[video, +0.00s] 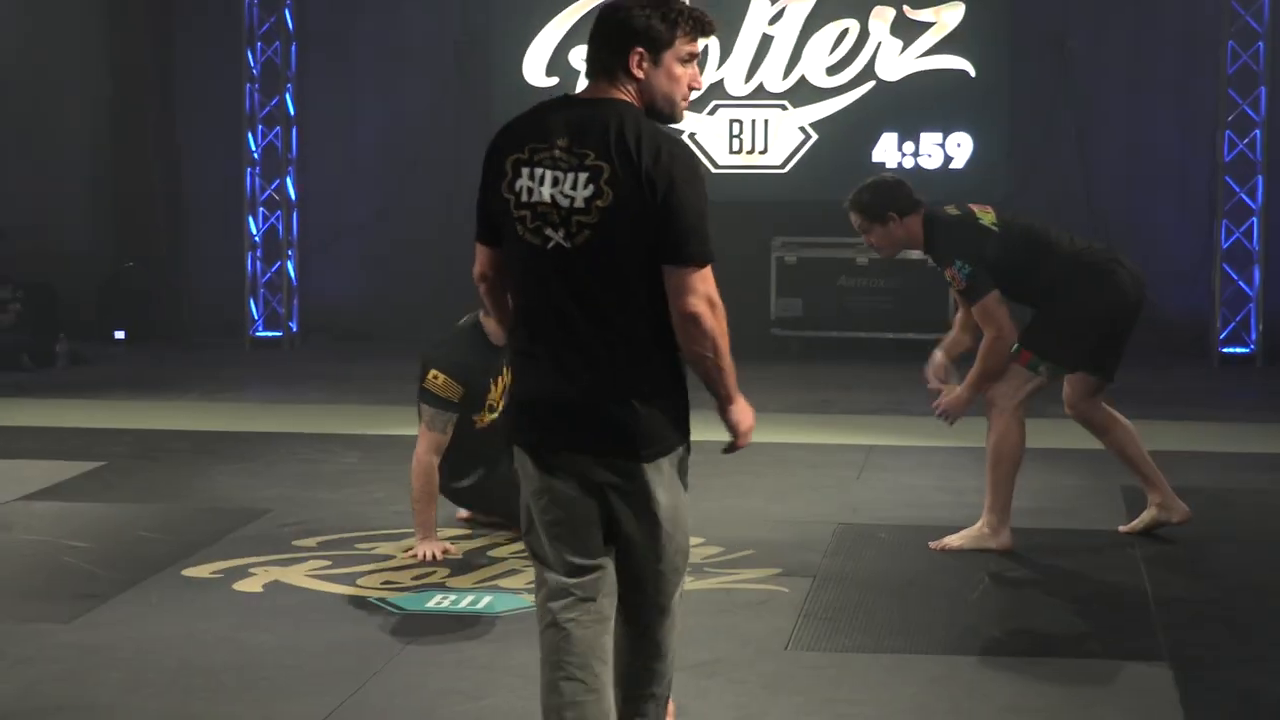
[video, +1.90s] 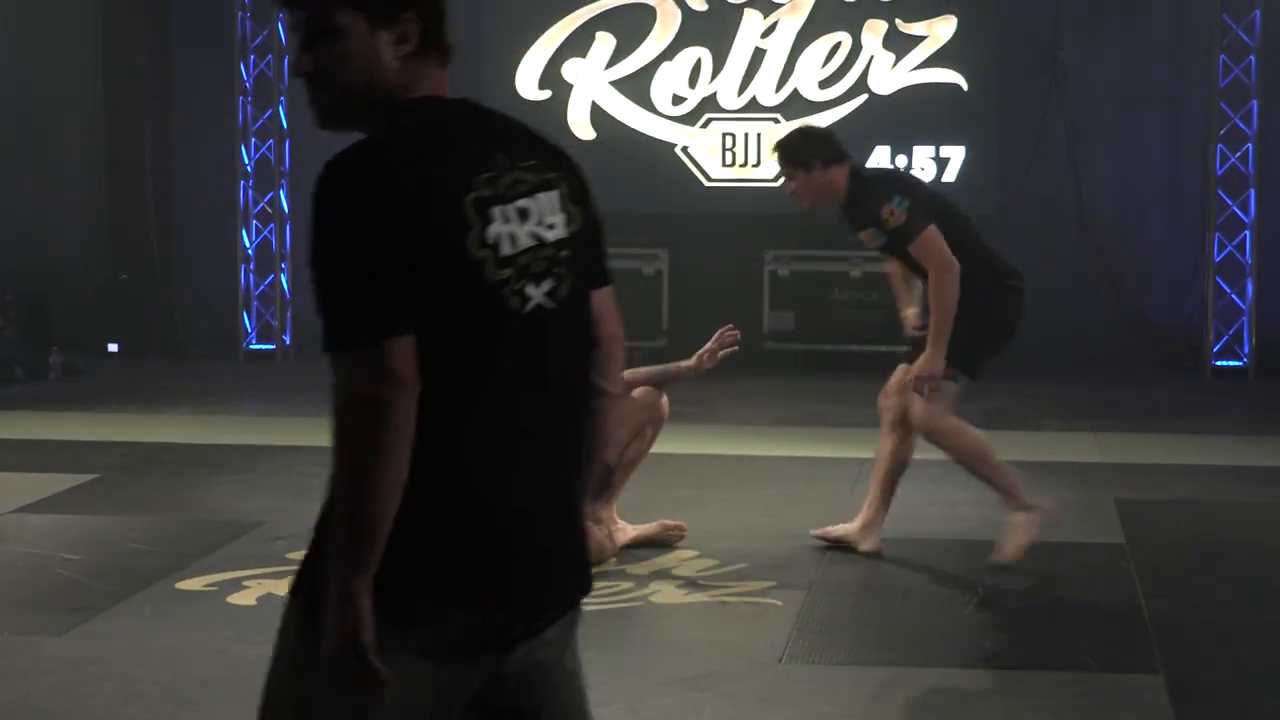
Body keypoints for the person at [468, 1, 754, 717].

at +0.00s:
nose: (697, 79)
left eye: (698, 63)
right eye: (687, 62)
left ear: (618, 66)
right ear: (637, 64)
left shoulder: (513, 139)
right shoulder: (664, 157)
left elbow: (490, 274)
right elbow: (693, 304)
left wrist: (527, 354)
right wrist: (731, 396)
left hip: (543, 401)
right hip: (638, 407)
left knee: (570, 593)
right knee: (651, 591)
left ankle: (574, 715)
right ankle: (645, 710)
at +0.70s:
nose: (793, 71)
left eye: (795, 50)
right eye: (783, 49)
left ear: (701, 49)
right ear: (728, 49)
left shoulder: (570, 135)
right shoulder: (759, 162)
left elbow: (538, 306)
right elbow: (799, 335)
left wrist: (556, 418)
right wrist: (808, 466)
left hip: (595, 444)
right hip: (711, 456)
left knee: (587, 683)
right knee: (708, 696)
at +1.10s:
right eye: (693, 51)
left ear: (594, 49)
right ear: (689, 63)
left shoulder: (505, 165)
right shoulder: (722, 176)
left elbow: (491, 348)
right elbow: (771, 358)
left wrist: (572, 403)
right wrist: (830, 512)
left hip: (556, 504)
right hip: (688, 506)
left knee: (581, 710)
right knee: (718, 707)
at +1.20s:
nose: (542, 53)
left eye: (547, 36)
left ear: (556, 43)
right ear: (659, 50)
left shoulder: (479, 173)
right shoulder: (712, 172)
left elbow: (456, 364)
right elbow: (761, 359)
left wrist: (506, 476)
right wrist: (805, 511)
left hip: (536, 512)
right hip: (673, 513)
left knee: (563, 710)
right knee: (698, 709)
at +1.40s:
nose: (464, 47)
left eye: (478, 21)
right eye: (469, 24)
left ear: (531, 21)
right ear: (601, 34)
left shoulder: (455, 153)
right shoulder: (695, 147)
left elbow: (409, 354)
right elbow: (745, 338)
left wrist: (401, 508)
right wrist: (745, 488)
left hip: (518, 501)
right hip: (655, 500)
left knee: (541, 704)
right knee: (671, 706)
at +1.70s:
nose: (399, 38)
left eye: (419, 14)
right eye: (403, 17)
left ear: (494, 16)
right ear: (502, 21)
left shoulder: (441, 144)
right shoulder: (632, 145)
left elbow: (428, 346)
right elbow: (687, 328)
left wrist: (370, 529)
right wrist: (663, 477)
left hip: (467, 529)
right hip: (604, 523)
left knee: (431, 705)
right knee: (592, 708)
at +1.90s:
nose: (300, 64)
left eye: (322, 37)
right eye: (300, 43)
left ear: (401, 34)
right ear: (408, 36)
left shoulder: (358, 181)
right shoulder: (542, 155)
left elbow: (383, 388)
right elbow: (605, 355)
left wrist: (349, 583)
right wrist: (578, 502)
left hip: (404, 575)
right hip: (539, 556)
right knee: (541, 706)